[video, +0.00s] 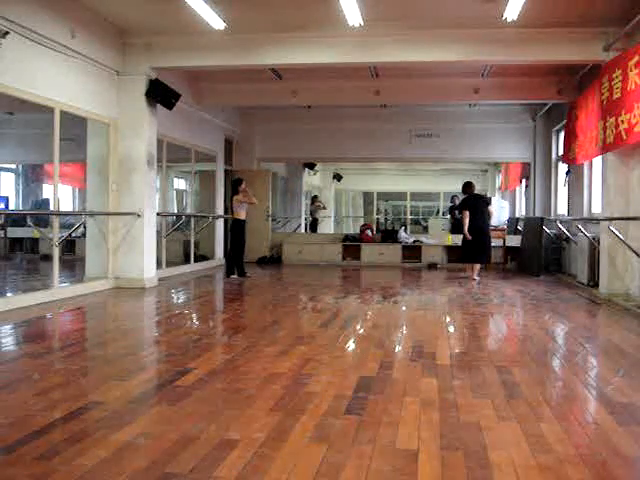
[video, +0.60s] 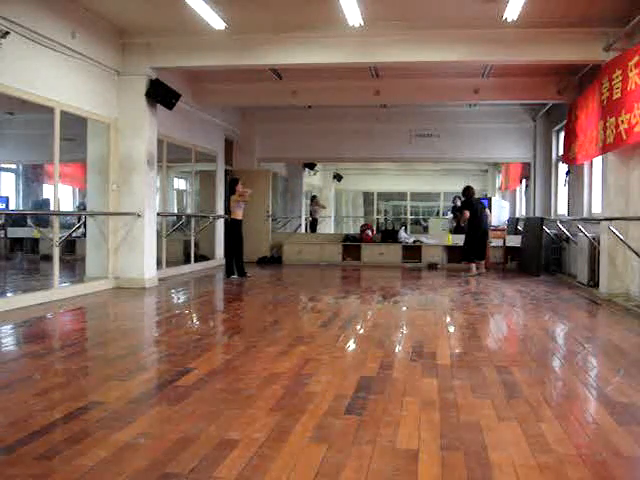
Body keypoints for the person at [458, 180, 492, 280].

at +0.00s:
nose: (463, 191)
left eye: (463, 190)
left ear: (463, 190)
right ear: (474, 189)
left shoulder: (465, 201)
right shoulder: (482, 198)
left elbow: (466, 216)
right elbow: (491, 212)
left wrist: (465, 230)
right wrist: (488, 224)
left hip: (471, 229)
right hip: (483, 229)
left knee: (469, 252)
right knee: (479, 253)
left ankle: (470, 273)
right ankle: (475, 275)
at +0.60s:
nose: (464, 196)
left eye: (464, 194)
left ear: (464, 194)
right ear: (473, 193)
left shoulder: (466, 202)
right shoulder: (479, 202)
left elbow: (466, 215)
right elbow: (488, 214)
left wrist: (461, 222)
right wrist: (487, 223)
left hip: (472, 229)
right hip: (483, 228)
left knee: (470, 248)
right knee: (481, 248)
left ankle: (472, 268)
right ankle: (482, 267)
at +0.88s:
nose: (461, 205)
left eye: (462, 203)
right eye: (461, 203)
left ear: (466, 202)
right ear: (466, 202)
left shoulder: (472, 206)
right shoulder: (469, 209)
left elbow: (480, 210)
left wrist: (477, 223)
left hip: (483, 230)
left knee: (470, 248)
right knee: (478, 249)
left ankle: (474, 268)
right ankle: (481, 268)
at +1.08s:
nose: (466, 203)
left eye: (467, 201)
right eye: (464, 202)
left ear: (471, 200)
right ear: (463, 203)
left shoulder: (477, 206)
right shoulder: (467, 215)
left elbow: (489, 204)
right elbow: (465, 231)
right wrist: (458, 241)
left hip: (488, 229)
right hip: (478, 231)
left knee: (481, 249)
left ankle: (483, 270)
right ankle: (483, 269)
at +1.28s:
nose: (474, 195)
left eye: (475, 192)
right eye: (472, 193)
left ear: (479, 193)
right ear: (470, 194)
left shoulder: (485, 199)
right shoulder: (468, 205)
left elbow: (496, 204)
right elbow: (466, 221)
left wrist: (505, 208)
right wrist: (465, 226)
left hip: (489, 225)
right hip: (478, 227)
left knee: (490, 247)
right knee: (481, 248)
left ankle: (490, 270)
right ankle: (486, 269)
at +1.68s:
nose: (482, 187)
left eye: (484, 186)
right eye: (481, 185)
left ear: (489, 188)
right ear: (479, 188)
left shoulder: (494, 200)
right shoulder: (474, 200)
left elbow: (499, 213)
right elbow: (469, 214)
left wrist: (493, 220)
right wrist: (467, 226)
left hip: (490, 227)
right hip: (478, 227)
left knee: (490, 248)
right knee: (478, 249)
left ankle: (488, 269)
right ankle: (480, 272)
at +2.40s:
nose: (489, 185)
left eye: (491, 183)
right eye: (489, 183)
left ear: (497, 184)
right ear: (491, 185)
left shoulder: (504, 198)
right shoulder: (485, 197)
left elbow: (510, 213)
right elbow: (483, 212)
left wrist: (500, 210)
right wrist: (480, 223)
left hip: (501, 227)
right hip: (488, 226)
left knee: (499, 250)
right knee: (485, 248)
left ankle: (497, 275)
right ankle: (487, 273)